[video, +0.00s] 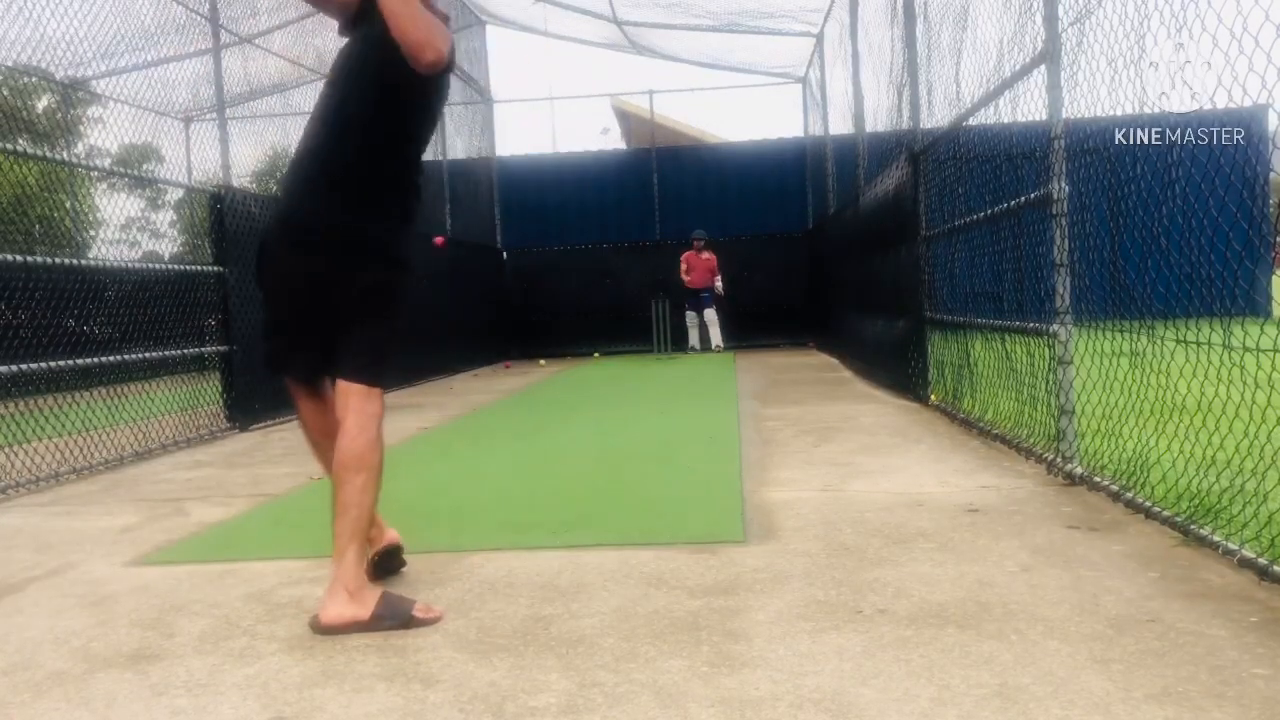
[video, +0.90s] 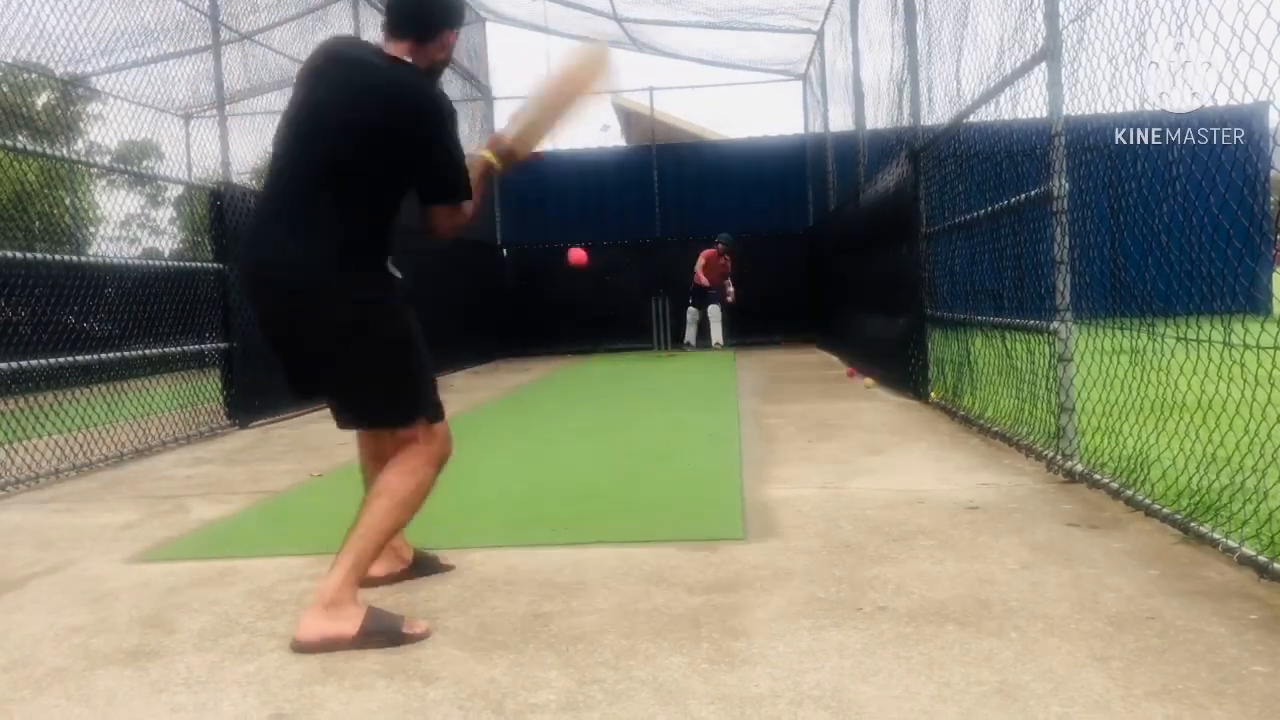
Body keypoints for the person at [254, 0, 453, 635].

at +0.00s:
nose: (319, 6)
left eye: (327, 1)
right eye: (323, 4)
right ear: (358, 0)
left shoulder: (420, 30)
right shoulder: (368, 36)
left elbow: (432, 50)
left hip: (364, 241)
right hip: (312, 240)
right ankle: (348, 588)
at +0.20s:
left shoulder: (410, 20)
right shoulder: (427, 27)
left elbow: (356, 38)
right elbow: (352, 37)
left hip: (312, 229)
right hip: (368, 232)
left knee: (313, 384)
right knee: (362, 399)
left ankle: (369, 533)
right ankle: (346, 592)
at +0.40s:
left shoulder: (362, 22)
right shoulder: (445, 37)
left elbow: (258, 77)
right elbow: (326, 56)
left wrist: (220, 30)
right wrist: (273, 8)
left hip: (321, 236)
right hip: (398, 238)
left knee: (338, 390)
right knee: (375, 402)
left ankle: (377, 535)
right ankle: (348, 590)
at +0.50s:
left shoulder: (332, 19)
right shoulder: (448, 35)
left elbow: (241, 117)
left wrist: (209, 102)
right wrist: (280, 60)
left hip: (320, 236)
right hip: (402, 238)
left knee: (343, 386)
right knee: (380, 405)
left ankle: (380, 535)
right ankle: (348, 591)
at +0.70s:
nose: (481, 55)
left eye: (483, 41)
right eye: (479, 38)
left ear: (440, 29)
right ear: (453, 32)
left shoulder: (425, 105)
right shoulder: (380, 59)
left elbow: (391, 199)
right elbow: (307, 139)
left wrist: (429, 236)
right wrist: (422, 177)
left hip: (337, 257)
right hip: (299, 255)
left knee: (418, 377)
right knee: (396, 403)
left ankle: (385, 546)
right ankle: (331, 604)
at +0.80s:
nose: (475, 58)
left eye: (474, 46)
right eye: (475, 44)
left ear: (421, 34)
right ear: (461, 42)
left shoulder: (406, 100)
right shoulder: (386, 78)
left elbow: (438, 205)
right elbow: (378, 179)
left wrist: (503, 206)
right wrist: (483, 146)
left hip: (321, 267)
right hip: (307, 270)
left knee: (398, 395)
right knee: (415, 426)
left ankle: (386, 549)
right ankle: (330, 605)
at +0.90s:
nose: (454, 48)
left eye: (453, 36)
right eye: (455, 38)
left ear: (389, 22)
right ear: (444, 40)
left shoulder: (332, 55)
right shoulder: (422, 102)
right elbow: (448, 219)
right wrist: (489, 164)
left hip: (273, 269)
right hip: (342, 280)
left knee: (373, 410)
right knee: (426, 441)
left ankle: (386, 548)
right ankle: (332, 608)